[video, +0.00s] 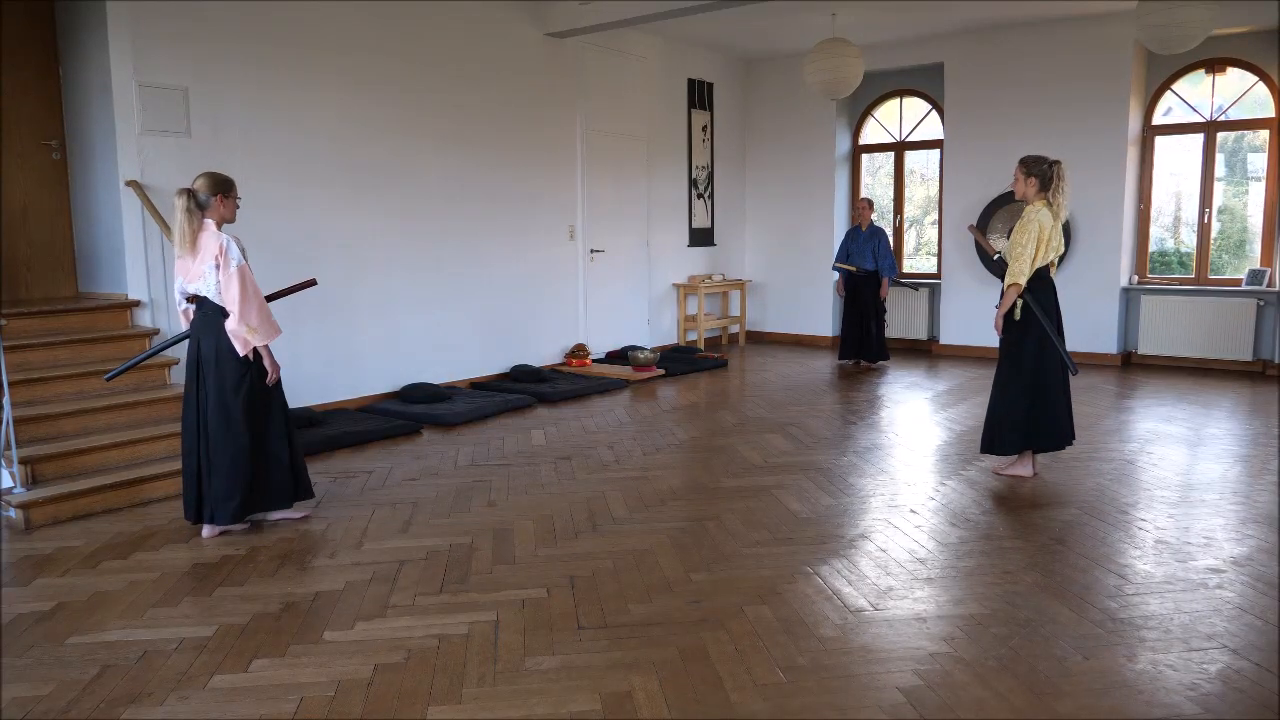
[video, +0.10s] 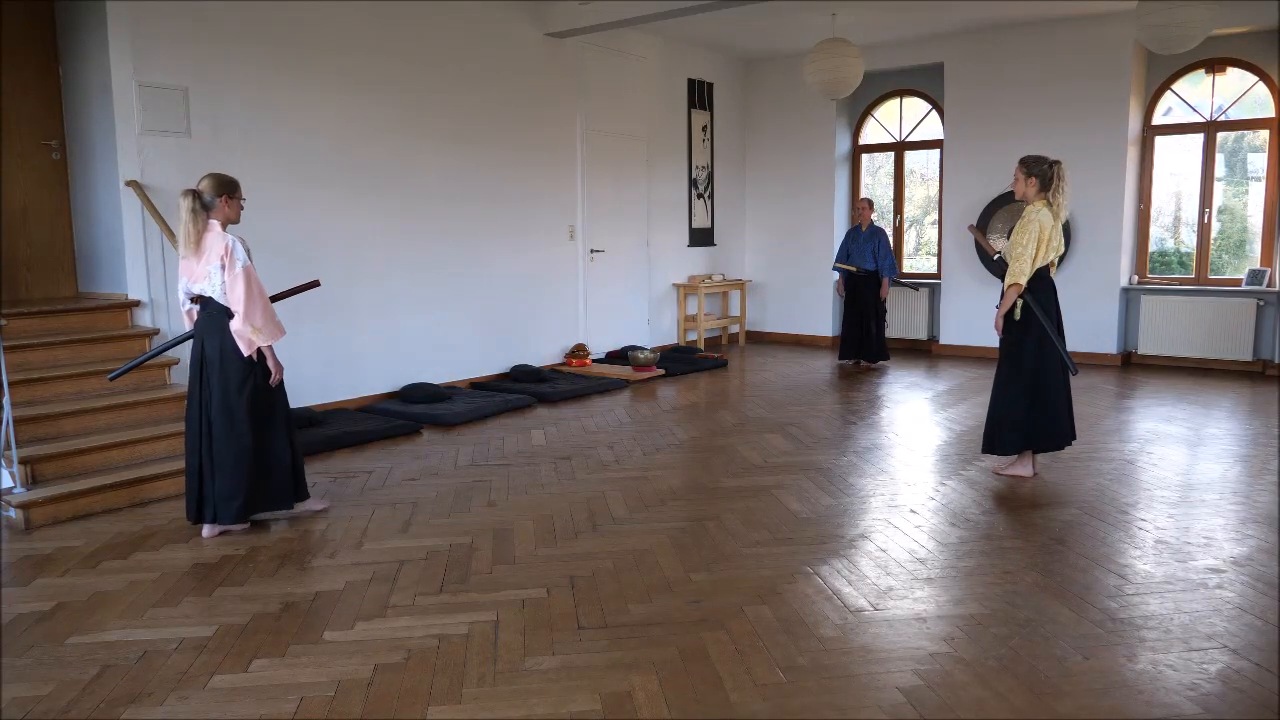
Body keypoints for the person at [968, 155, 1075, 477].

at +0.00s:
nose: (1013, 184)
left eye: (1016, 178)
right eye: (1014, 178)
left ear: (1032, 182)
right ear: (1036, 182)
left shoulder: (1032, 217)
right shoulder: (1050, 213)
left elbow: (1021, 267)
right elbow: (1019, 255)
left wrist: (1002, 308)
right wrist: (987, 243)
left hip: (1028, 301)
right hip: (1042, 298)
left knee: (1025, 375)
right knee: (1034, 375)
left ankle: (1025, 459)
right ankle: (1026, 455)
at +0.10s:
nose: (1013, 184)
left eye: (1017, 179)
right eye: (1014, 178)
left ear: (1032, 182)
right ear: (1036, 182)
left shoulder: (1033, 216)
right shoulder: (1050, 213)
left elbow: (1021, 267)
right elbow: (1027, 257)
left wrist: (1002, 308)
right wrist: (990, 245)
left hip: (1028, 301)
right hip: (1042, 297)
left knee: (1026, 375)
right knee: (1033, 375)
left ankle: (1025, 459)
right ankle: (1026, 455)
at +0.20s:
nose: (1013, 184)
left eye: (1017, 178)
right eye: (1014, 178)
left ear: (1032, 182)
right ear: (1036, 182)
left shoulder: (1032, 216)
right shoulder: (1049, 214)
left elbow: (1021, 268)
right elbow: (1017, 255)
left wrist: (1002, 308)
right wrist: (986, 243)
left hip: (1028, 301)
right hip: (1041, 298)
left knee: (1025, 376)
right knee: (1033, 375)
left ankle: (1024, 459)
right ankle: (1026, 456)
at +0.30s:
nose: (1013, 184)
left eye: (1016, 179)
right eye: (1014, 178)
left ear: (1032, 182)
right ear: (1036, 182)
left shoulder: (1032, 216)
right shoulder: (1049, 214)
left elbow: (1021, 268)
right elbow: (1017, 255)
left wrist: (1002, 308)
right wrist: (986, 243)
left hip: (1028, 301)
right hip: (1041, 299)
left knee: (1025, 376)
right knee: (1033, 376)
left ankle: (1024, 459)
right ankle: (1025, 456)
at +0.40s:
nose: (1012, 185)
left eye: (1016, 180)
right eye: (1013, 179)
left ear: (1031, 182)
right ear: (1035, 182)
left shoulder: (1032, 217)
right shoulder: (1048, 214)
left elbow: (1021, 268)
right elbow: (1016, 254)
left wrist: (1001, 308)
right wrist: (986, 243)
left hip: (1028, 301)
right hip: (1041, 299)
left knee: (1025, 376)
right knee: (1032, 376)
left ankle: (1024, 459)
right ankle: (1025, 456)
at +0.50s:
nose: (1012, 185)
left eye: (1016, 179)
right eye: (1013, 179)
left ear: (1031, 182)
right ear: (1035, 182)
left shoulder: (1032, 217)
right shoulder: (1048, 214)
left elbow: (1021, 268)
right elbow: (1016, 254)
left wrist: (1001, 308)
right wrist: (987, 243)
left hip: (1028, 301)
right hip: (1041, 298)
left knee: (1025, 376)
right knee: (1033, 376)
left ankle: (1025, 459)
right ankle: (1025, 455)